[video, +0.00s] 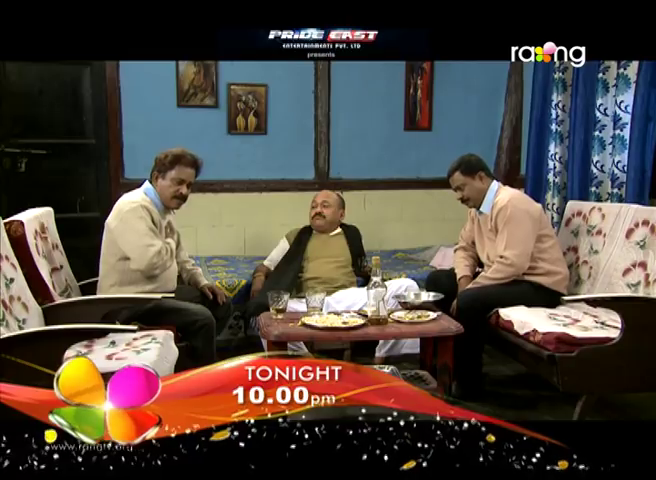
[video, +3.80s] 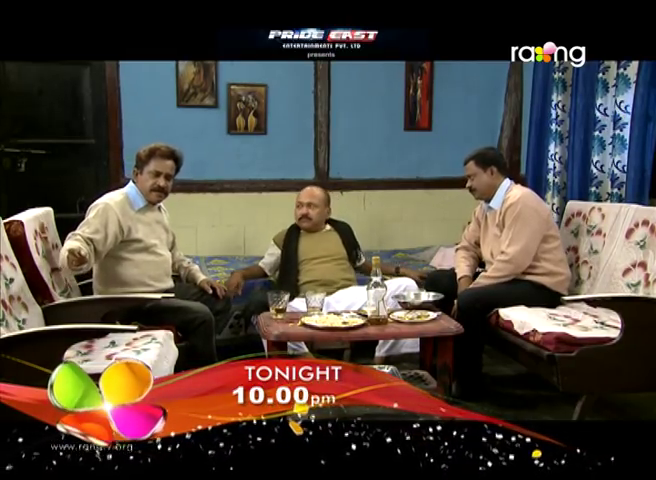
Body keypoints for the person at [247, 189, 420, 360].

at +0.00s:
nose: (317, 210)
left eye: (325, 206)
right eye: (314, 206)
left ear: (341, 213)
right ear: (309, 211)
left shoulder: (351, 233)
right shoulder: (297, 236)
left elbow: (361, 269)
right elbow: (264, 269)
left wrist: (378, 280)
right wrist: (256, 301)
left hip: (350, 297)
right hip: (309, 300)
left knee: (406, 285)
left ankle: (381, 362)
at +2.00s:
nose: (317, 211)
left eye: (325, 206)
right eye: (313, 206)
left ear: (340, 213)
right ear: (308, 211)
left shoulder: (351, 233)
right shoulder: (297, 236)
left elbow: (361, 269)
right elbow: (265, 268)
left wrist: (379, 281)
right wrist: (256, 299)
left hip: (350, 298)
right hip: (308, 300)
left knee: (406, 285)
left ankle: (382, 363)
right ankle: (305, 363)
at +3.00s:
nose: (336, 213)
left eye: (337, 207)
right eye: (329, 209)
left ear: (340, 208)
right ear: (309, 214)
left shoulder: (347, 234)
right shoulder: (293, 237)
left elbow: (359, 267)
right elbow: (266, 267)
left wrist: (378, 276)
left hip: (351, 297)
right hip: (311, 299)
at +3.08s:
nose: (336, 213)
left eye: (337, 207)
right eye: (329, 209)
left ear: (340, 208)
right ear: (309, 214)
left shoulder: (346, 234)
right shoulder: (293, 237)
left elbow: (358, 267)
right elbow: (266, 266)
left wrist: (380, 272)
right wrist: (254, 278)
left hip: (350, 298)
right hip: (310, 300)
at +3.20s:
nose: (336, 212)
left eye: (337, 207)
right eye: (328, 208)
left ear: (339, 208)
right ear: (308, 214)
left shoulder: (346, 233)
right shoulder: (293, 236)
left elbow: (359, 267)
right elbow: (267, 267)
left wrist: (390, 270)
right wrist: (249, 277)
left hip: (350, 299)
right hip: (311, 300)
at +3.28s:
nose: (336, 212)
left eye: (337, 207)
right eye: (329, 208)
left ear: (339, 208)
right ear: (308, 213)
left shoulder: (345, 233)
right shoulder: (292, 236)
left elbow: (360, 267)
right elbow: (267, 267)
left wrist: (395, 270)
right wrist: (242, 274)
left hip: (351, 298)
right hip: (310, 300)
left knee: (406, 286)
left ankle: (379, 365)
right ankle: (312, 366)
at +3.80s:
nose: (303, 211)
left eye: (311, 207)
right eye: (299, 206)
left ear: (326, 211)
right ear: (295, 208)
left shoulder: (342, 230)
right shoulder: (288, 236)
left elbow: (362, 265)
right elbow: (265, 267)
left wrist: (398, 271)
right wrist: (239, 274)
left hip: (349, 295)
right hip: (308, 299)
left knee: (406, 285)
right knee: (286, 318)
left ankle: (379, 362)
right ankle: (309, 366)